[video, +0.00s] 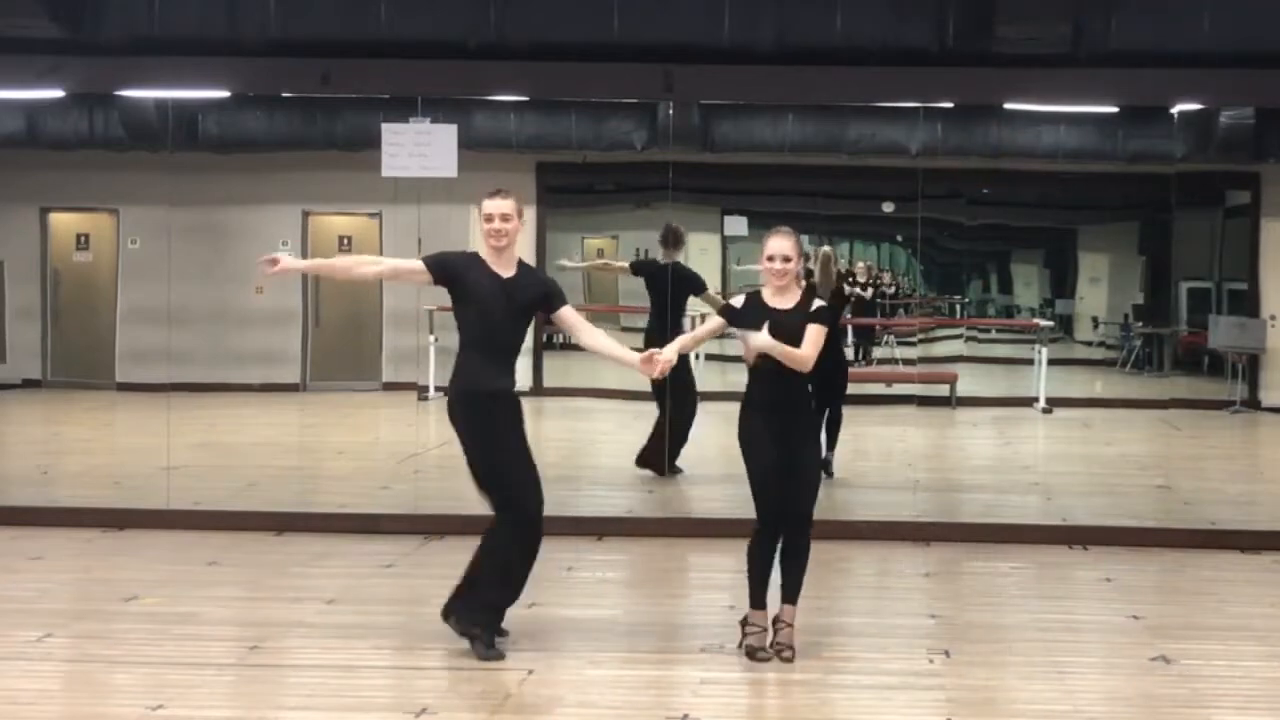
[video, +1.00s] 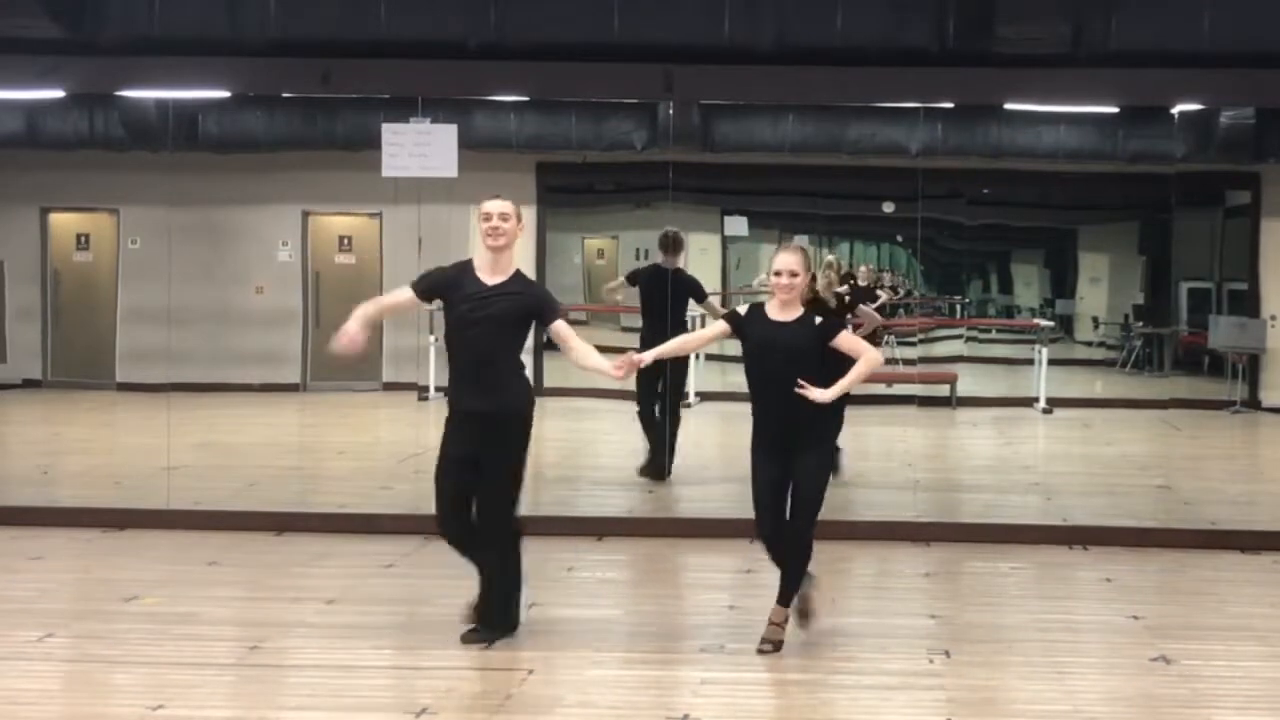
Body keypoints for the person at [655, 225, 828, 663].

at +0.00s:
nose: (778, 266)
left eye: (786, 259)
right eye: (771, 258)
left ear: (800, 263)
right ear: (761, 262)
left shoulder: (818, 306)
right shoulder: (746, 303)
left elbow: (806, 360)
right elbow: (699, 334)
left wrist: (764, 342)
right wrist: (669, 351)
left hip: (802, 424)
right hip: (759, 422)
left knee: (799, 522)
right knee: (770, 519)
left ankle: (786, 619)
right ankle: (756, 617)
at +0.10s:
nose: (777, 268)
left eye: (785, 261)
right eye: (771, 261)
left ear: (802, 264)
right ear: (762, 264)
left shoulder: (821, 307)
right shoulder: (753, 309)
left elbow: (834, 354)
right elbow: (703, 332)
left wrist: (790, 370)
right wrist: (675, 344)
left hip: (798, 427)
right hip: (755, 424)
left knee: (806, 521)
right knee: (753, 518)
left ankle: (784, 608)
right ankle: (747, 616)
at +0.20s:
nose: (766, 273)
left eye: (775, 266)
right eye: (764, 266)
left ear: (800, 268)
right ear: (764, 269)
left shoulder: (830, 313)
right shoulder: (761, 315)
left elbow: (861, 361)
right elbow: (707, 341)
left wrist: (822, 394)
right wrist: (683, 340)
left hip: (803, 428)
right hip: (757, 422)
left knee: (801, 527)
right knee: (729, 512)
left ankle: (783, 611)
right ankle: (698, 609)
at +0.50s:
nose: (767, 281)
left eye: (774, 275)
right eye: (767, 275)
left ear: (800, 277)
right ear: (777, 280)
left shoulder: (836, 317)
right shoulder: (766, 322)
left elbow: (878, 355)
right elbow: (712, 340)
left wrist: (845, 396)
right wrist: (689, 333)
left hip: (816, 433)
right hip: (768, 429)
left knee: (809, 529)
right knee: (731, 509)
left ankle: (785, 612)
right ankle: (692, 577)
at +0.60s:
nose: (770, 281)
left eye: (776, 274)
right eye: (769, 274)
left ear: (802, 276)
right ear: (789, 278)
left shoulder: (834, 320)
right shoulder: (767, 321)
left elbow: (878, 355)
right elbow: (712, 336)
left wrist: (844, 389)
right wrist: (670, 335)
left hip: (814, 434)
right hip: (769, 431)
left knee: (804, 524)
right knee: (754, 515)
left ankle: (790, 611)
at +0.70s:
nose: (773, 277)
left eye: (782, 271)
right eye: (773, 270)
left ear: (806, 274)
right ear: (775, 273)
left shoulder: (832, 318)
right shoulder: (762, 314)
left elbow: (877, 355)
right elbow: (705, 334)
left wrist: (842, 387)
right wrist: (651, 346)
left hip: (816, 429)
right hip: (773, 430)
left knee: (795, 520)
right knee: (788, 522)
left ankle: (785, 610)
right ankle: (827, 589)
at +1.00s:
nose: (784, 280)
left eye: (793, 274)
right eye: (778, 273)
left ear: (807, 280)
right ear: (768, 277)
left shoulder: (820, 324)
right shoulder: (747, 318)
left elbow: (873, 357)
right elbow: (696, 339)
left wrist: (831, 392)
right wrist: (648, 356)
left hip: (814, 440)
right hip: (769, 437)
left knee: (800, 529)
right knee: (769, 529)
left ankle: (779, 614)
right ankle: (801, 580)